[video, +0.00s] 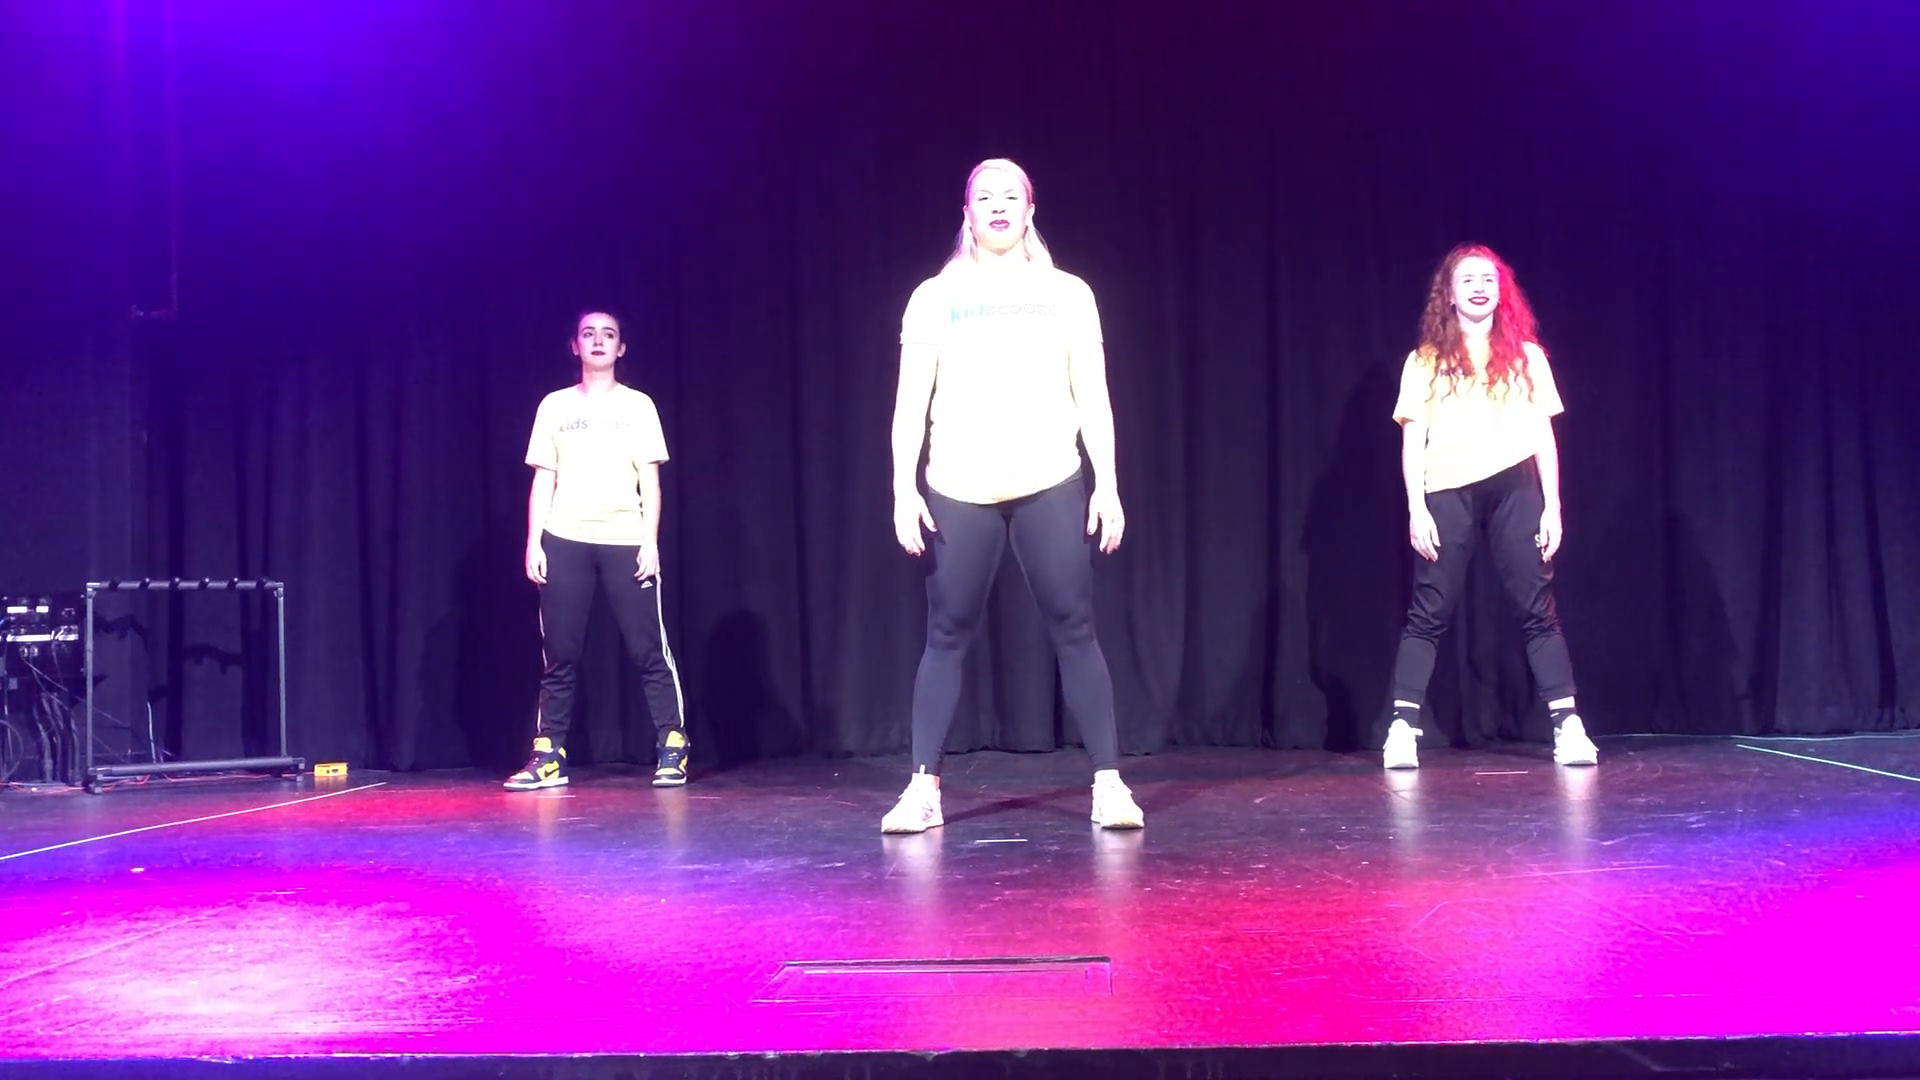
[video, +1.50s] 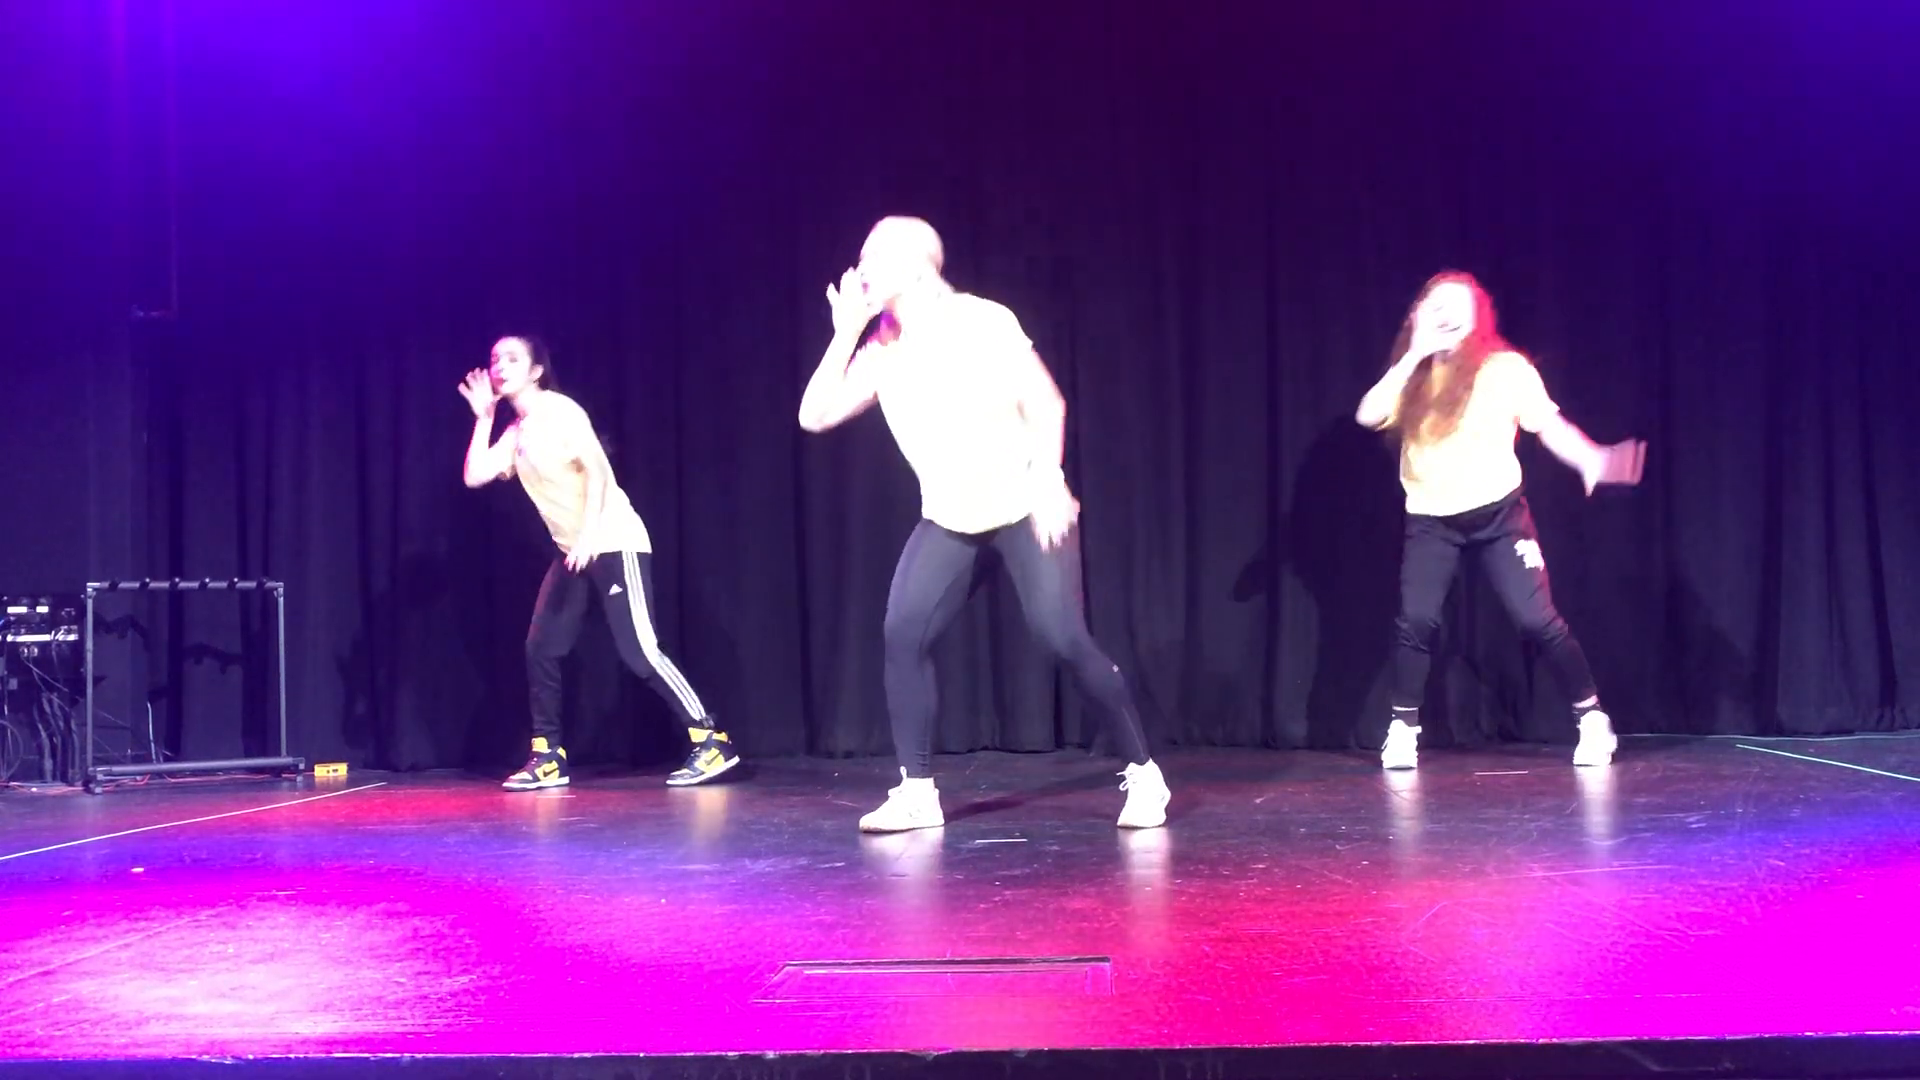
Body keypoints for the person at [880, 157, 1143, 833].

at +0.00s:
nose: (999, 209)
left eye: (1010, 199)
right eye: (987, 199)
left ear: (1030, 209)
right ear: (967, 210)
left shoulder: (1070, 294)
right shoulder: (932, 299)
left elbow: (1092, 394)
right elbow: (911, 402)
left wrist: (1106, 483)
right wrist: (904, 488)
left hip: (1050, 482)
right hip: (961, 486)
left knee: (1074, 624)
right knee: (947, 629)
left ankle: (1108, 780)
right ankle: (924, 783)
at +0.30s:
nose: (1000, 209)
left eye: (1011, 198)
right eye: (988, 199)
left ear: (1031, 208)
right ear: (968, 210)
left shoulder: (1071, 294)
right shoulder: (933, 297)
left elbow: (1093, 394)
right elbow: (910, 400)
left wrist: (1109, 484)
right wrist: (911, 488)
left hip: (1051, 482)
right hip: (962, 486)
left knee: (1074, 626)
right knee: (947, 630)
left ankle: (1108, 780)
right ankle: (924, 783)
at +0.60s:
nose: (950, 197)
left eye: (966, 186)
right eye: (949, 188)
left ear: (1009, 197)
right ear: (948, 204)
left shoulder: (1062, 276)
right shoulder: (933, 288)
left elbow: (1088, 382)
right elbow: (849, 350)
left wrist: (1105, 475)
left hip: (1044, 475)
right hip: (957, 482)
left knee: (1073, 621)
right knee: (948, 626)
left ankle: (1110, 779)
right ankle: (924, 783)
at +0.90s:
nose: (883, 264)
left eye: (898, 251)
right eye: (887, 253)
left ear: (942, 263)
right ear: (914, 266)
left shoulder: (994, 335)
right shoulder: (904, 348)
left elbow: (1031, 437)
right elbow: (830, 393)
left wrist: (1059, 534)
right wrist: (862, 319)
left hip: (1009, 518)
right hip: (941, 526)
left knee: (1028, 654)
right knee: (892, 638)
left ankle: (1141, 767)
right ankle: (915, 791)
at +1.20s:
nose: (848, 259)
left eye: (861, 247)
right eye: (850, 248)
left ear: (903, 255)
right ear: (876, 260)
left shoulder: (956, 317)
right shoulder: (881, 340)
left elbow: (1002, 409)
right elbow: (813, 394)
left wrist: (1027, 503)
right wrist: (833, 315)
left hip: (1017, 490)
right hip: (952, 506)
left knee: (1049, 634)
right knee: (911, 629)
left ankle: (1144, 768)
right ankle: (917, 788)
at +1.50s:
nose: (860, 268)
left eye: (873, 254)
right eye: (862, 257)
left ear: (915, 260)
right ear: (884, 268)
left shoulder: (984, 321)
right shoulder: (884, 355)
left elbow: (1045, 403)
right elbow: (815, 415)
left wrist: (1048, 484)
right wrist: (846, 330)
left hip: (1024, 502)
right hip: (948, 514)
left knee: (1062, 636)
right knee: (903, 633)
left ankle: (1142, 771)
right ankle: (916, 790)